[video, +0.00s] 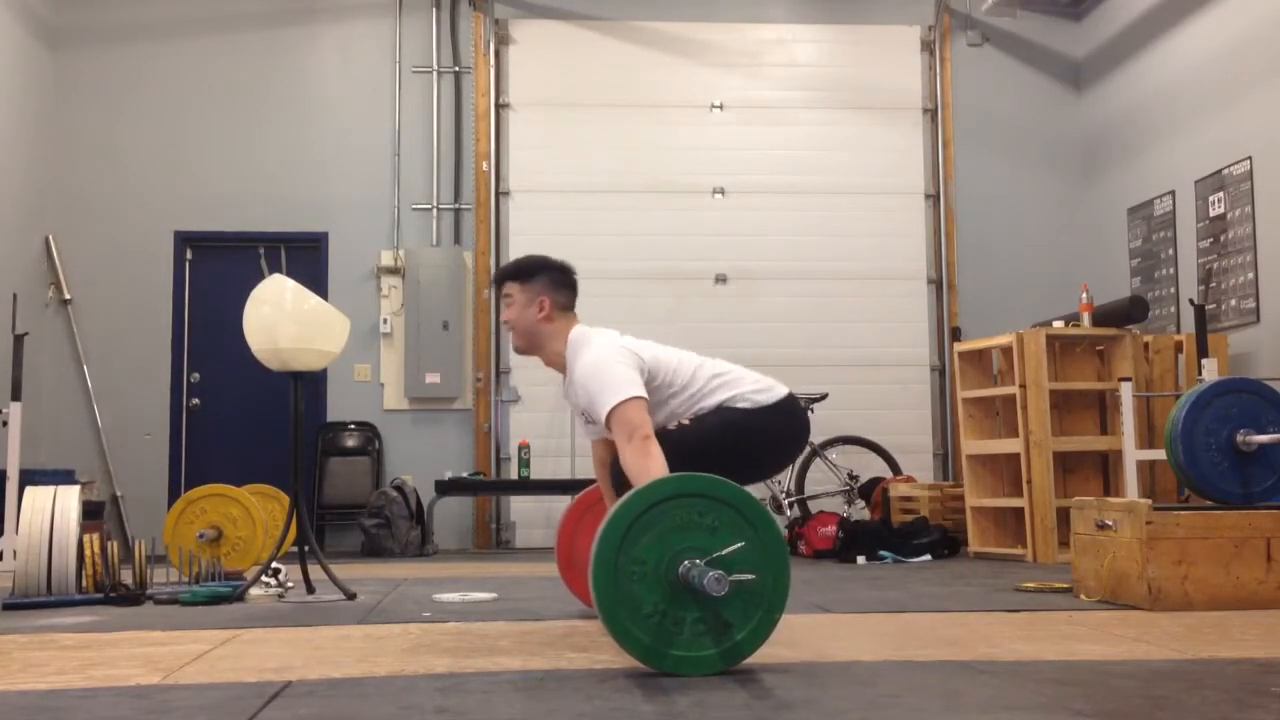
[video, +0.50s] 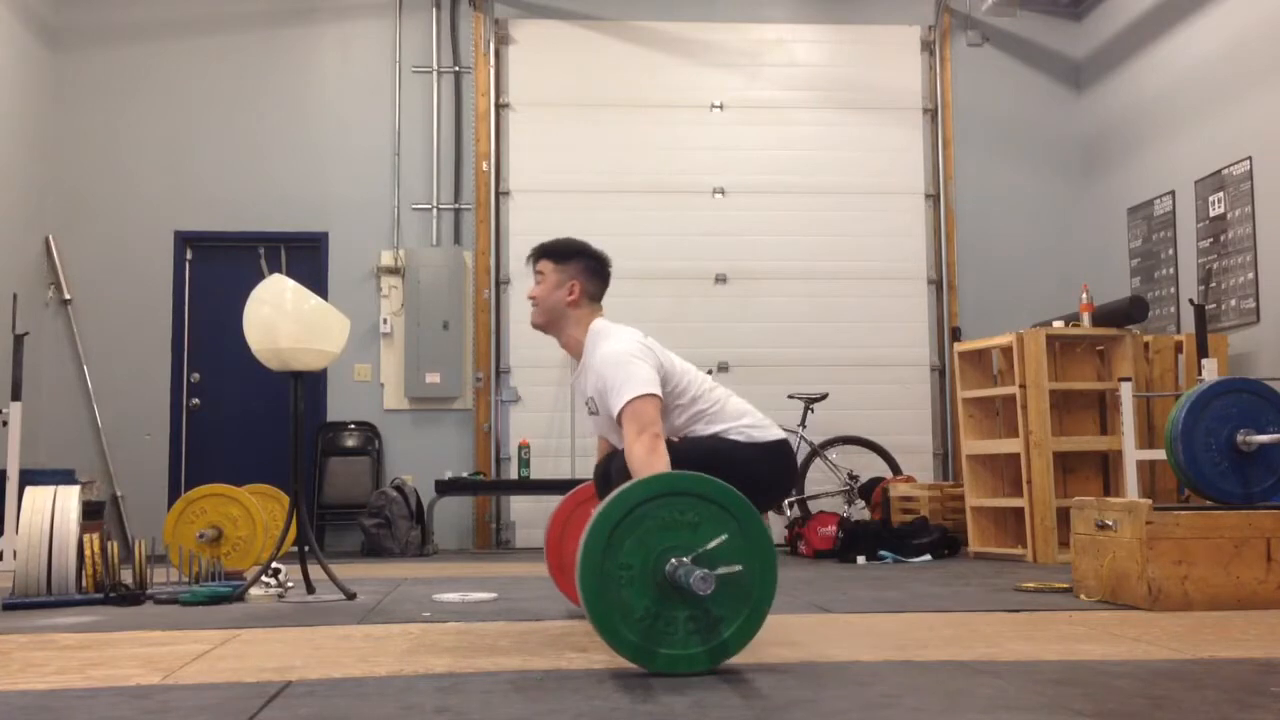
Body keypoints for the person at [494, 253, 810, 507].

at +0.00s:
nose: (501, 317)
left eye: (508, 303)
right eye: (501, 305)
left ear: (543, 308)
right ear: (540, 310)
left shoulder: (596, 357)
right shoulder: (577, 374)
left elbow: (640, 440)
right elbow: (606, 464)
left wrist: (667, 532)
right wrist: (625, 538)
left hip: (768, 417)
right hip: (743, 419)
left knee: (633, 472)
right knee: (617, 475)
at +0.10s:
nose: (508, 310)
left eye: (516, 296)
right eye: (510, 297)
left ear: (549, 304)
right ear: (545, 305)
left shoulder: (599, 355)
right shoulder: (579, 373)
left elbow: (640, 439)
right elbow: (606, 464)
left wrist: (670, 529)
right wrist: (621, 546)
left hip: (769, 426)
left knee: (627, 467)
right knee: (615, 467)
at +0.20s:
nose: (513, 306)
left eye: (521, 292)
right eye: (515, 293)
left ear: (554, 300)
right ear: (551, 301)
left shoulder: (603, 355)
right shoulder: (581, 371)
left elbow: (642, 438)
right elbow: (608, 464)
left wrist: (670, 531)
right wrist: (620, 545)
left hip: (767, 435)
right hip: (739, 437)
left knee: (626, 466)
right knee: (616, 466)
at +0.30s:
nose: (520, 300)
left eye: (528, 287)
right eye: (522, 288)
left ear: (561, 296)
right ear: (556, 297)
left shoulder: (607, 353)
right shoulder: (585, 371)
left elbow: (644, 438)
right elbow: (608, 463)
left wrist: (669, 527)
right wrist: (618, 536)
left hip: (767, 444)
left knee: (626, 469)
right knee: (618, 468)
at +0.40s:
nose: (526, 298)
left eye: (536, 284)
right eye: (530, 285)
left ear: (566, 295)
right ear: (562, 296)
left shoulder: (612, 353)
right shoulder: (588, 369)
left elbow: (647, 440)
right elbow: (609, 460)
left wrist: (668, 528)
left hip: (763, 454)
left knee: (626, 472)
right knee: (614, 472)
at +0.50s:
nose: (530, 293)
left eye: (540, 280)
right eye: (534, 281)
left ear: (571, 292)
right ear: (568, 294)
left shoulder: (616, 351)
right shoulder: (590, 367)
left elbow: (648, 439)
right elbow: (607, 460)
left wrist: (663, 528)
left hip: (762, 457)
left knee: (627, 469)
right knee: (609, 473)